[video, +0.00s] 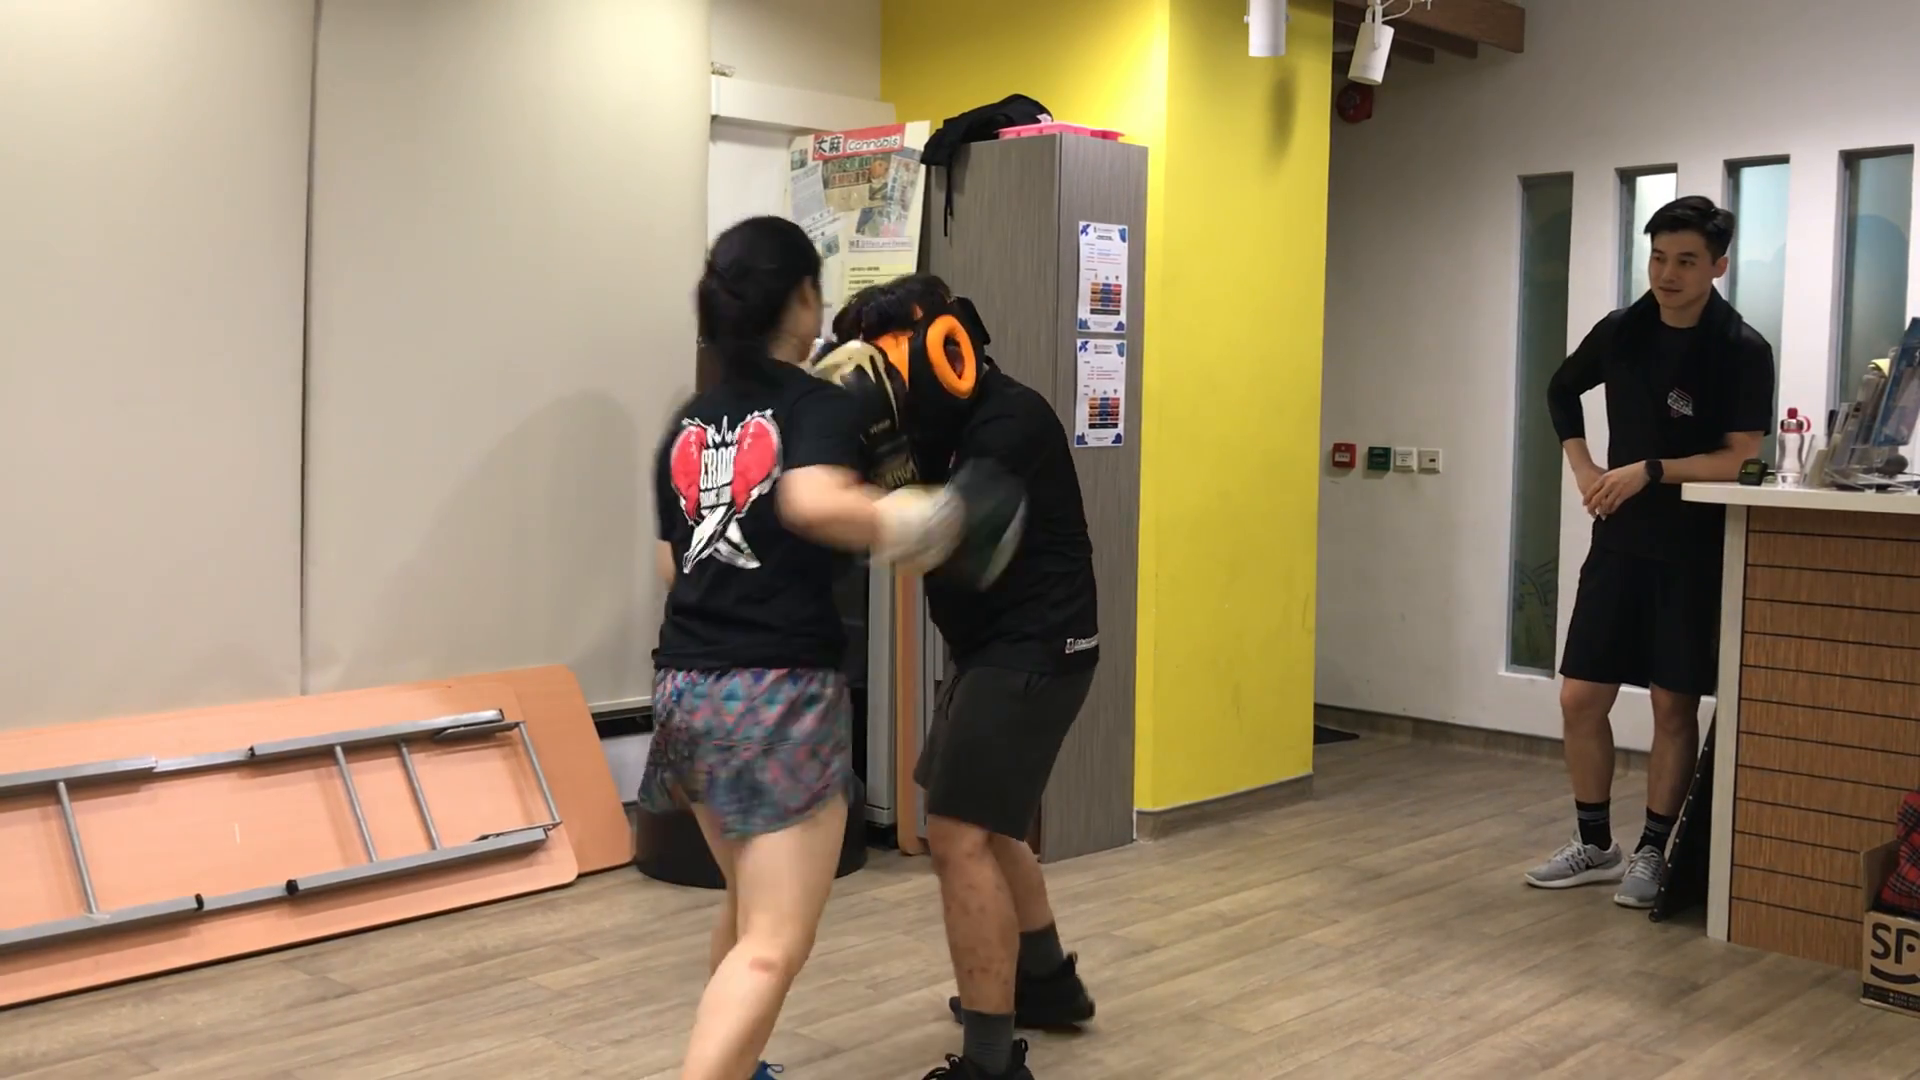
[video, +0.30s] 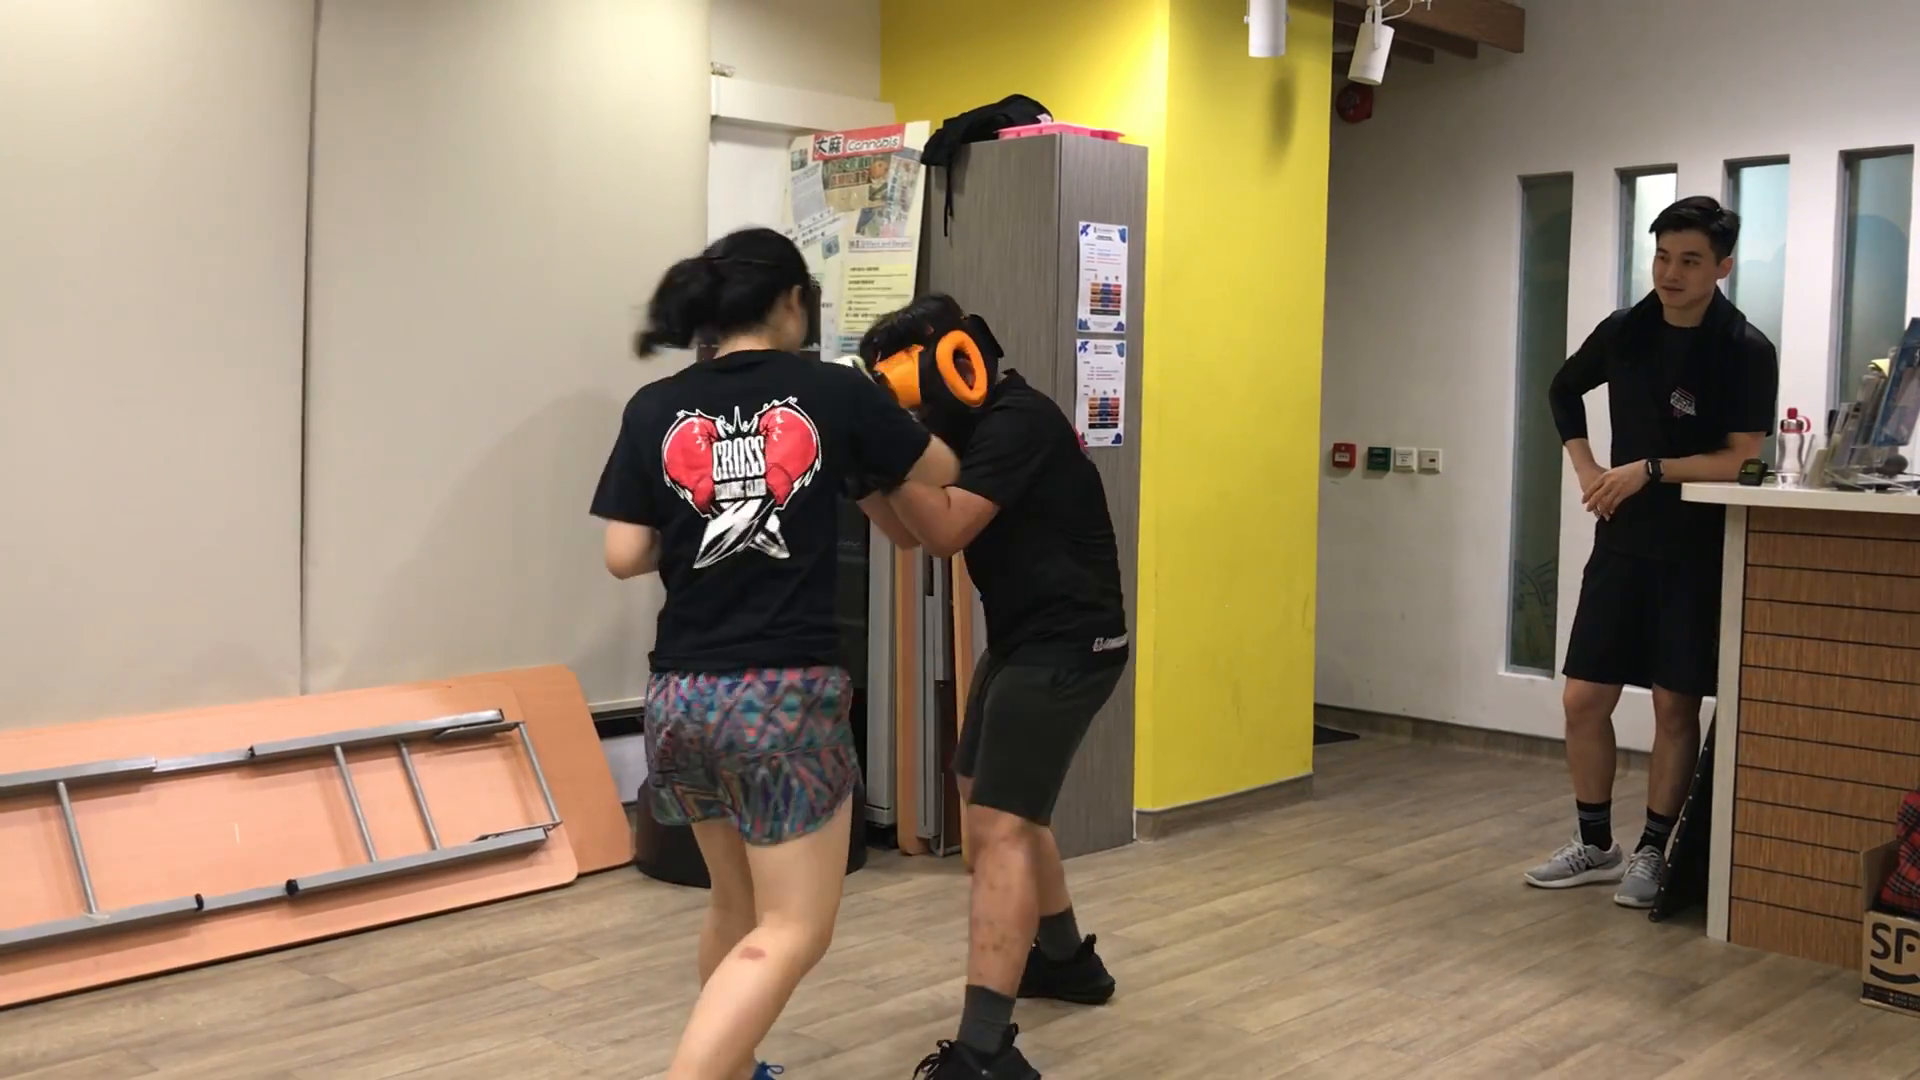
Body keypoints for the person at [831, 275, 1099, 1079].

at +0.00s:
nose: (875, 386)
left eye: (881, 366)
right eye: (869, 369)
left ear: (931, 353)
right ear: (939, 350)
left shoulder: (1010, 420)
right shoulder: (948, 425)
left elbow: (957, 545)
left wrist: (884, 472)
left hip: (1037, 649)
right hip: (997, 646)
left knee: (955, 832)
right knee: (989, 820)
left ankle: (988, 1056)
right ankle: (1046, 980)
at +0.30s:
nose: (901, 403)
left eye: (903, 385)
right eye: (893, 390)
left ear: (950, 363)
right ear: (954, 366)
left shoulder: (1021, 418)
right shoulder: (971, 433)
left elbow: (945, 530)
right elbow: (909, 530)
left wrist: (894, 440)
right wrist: (853, 457)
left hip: (1067, 643)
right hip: (1020, 642)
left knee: (999, 825)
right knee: (986, 789)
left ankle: (983, 1045)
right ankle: (1062, 954)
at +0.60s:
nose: (949, 327)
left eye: (959, 311)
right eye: (944, 313)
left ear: (1009, 308)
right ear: (988, 318)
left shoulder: (1063, 385)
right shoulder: (996, 390)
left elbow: (997, 476)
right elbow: (934, 470)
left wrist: (955, 372)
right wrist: (894, 392)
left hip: (1067, 622)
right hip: (1014, 622)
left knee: (1034, 805)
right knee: (1007, 790)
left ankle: (1043, 1032)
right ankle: (1065, 954)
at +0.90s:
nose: (977, 369)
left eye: (988, 354)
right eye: (969, 358)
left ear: (1033, 349)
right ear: (972, 365)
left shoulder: (1096, 427)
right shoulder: (992, 422)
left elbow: (1028, 523)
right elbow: (898, 482)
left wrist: (990, 426)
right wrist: (891, 396)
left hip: (1102, 650)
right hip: (1027, 646)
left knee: (1075, 823)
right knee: (989, 792)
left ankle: (1147, 1037)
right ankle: (1063, 954)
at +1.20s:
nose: (1026, 461)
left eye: (1039, 439)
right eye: (1019, 444)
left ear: (1085, 418)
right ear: (1010, 434)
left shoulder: (1145, 457)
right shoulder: (1017, 448)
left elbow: (1111, 582)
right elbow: (950, 544)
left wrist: (1078, 485)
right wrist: (937, 460)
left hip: (1137, 648)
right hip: (1051, 640)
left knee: (1102, 818)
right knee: (994, 791)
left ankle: (1149, 1038)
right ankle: (1082, 888)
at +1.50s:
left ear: (994, 552)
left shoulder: (1085, 556)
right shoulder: (1000, 562)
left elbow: (1053, 688)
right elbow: (955, 657)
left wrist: (977, 608)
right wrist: (902, 604)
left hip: (1176, 691)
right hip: (1085, 693)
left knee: (1103, 817)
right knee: (997, 800)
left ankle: (1153, 1038)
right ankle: (1089, 927)